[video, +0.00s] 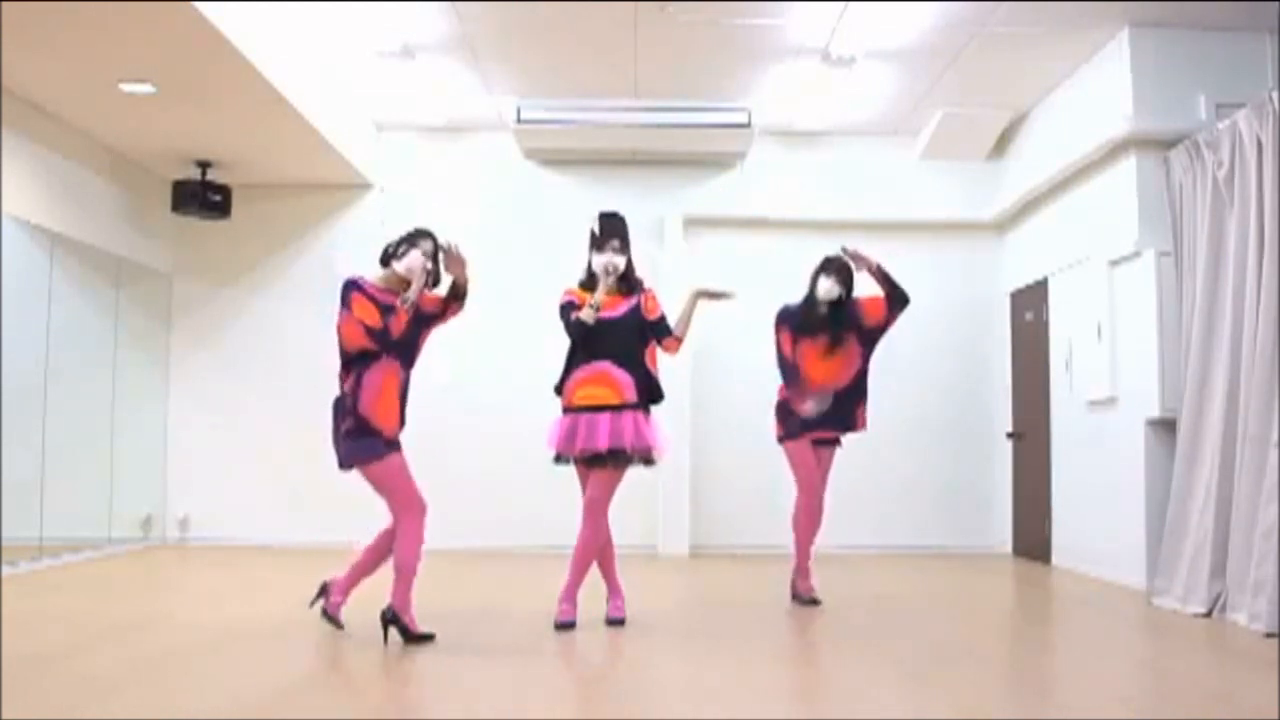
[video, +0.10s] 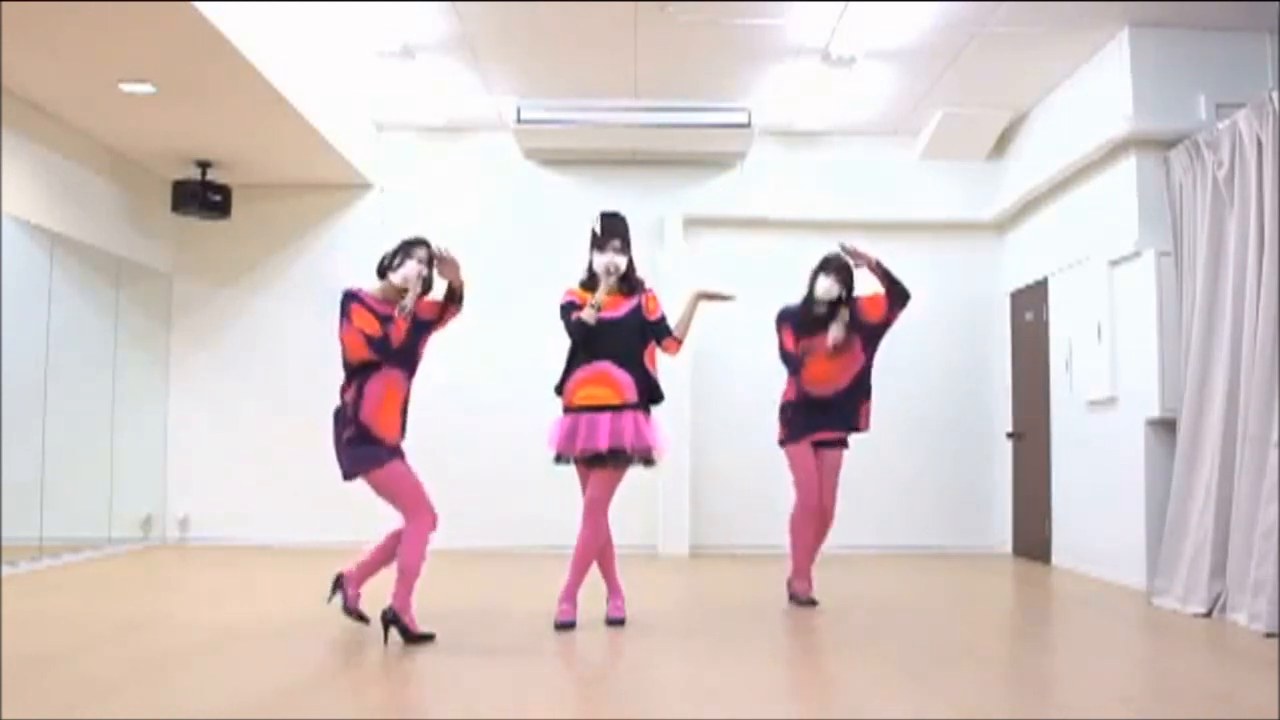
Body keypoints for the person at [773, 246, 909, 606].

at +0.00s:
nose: (829, 288)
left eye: (837, 283)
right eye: (825, 279)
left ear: (845, 289)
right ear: (814, 280)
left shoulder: (858, 318)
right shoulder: (790, 317)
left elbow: (898, 301)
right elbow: (786, 363)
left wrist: (873, 268)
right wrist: (801, 395)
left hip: (834, 415)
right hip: (794, 412)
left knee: (816, 491)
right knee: (809, 486)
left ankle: (802, 570)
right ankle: (802, 572)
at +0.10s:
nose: (828, 293)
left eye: (836, 287)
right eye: (823, 284)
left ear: (846, 290)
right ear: (813, 282)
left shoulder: (861, 319)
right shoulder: (792, 318)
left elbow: (899, 298)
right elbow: (792, 361)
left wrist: (872, 265)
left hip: (836, 415)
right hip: (798, 412)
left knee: (826, 504)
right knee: (808, 497)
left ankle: (803, 573)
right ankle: (799, 577)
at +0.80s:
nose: (862, 260)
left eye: (867, 252)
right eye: (853, 254)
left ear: (877, 256)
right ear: (840, 260)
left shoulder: (892, 301)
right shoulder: (829, 300)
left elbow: (934, 330)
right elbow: (839, 337)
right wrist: (860, 295)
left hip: (888, 407)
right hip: (846, 407)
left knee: (886, 499)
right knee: (855, 498)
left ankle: (887, 596)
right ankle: (856, 596)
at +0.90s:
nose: (864, 262)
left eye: (870, 253)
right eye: (855, 255)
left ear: (880, 256)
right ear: (843, 260)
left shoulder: (895, 303)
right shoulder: (833, 299)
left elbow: (929, 341)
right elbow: (844, 339)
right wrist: (866, 296)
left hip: (894, 401)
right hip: (851, 401)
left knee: (889, 500)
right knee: (857, 497)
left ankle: (889, 593)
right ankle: (859, 593)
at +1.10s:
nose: (873, 259)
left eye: (879, 250)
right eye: (864, 251)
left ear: (890, 254)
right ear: (852, 257)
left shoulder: (905, 302)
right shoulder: (840, 299)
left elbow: (916, 360)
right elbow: (849, 340)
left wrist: (922, 409)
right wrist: (871, 297)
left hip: (900, 403)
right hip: (859, 403)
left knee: (894, 502)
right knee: (862, 500)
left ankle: (890, 593)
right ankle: (861, 593)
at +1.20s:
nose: (875, 259)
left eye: (881, 251)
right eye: (867, 252)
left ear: (892, 255)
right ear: (855, 256)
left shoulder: (907, 299)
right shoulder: (842, 300)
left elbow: (922, 358)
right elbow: (841, 343)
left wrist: (931, 407)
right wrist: (866, 298)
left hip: (899, 404)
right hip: (857, 403)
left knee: (894, 501)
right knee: (862, 499)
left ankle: (889, 593)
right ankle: (861, 593)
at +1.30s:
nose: (870, 259)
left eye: (878, 251)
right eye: (864, 250)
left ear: (891, 255)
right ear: (854, 254)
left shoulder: (906, 298)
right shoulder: (844, 301)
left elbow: (906, 351)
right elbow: (837, 352)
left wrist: (900, 400)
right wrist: (851, 308)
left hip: (902, 409)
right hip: (857, 410)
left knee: (897, 502)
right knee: (863, 500)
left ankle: (889, 593)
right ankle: (861, 593)